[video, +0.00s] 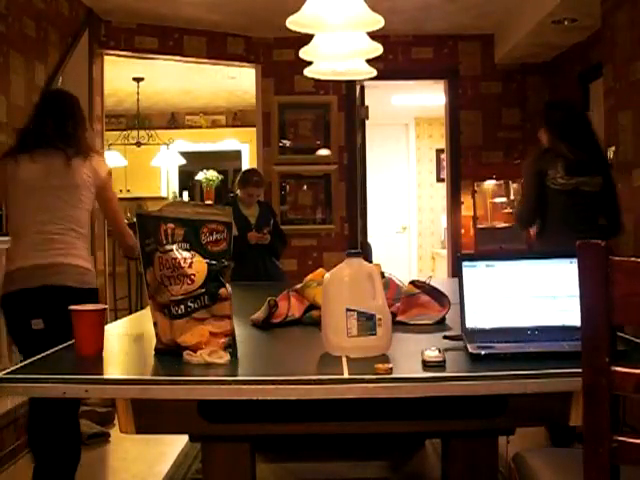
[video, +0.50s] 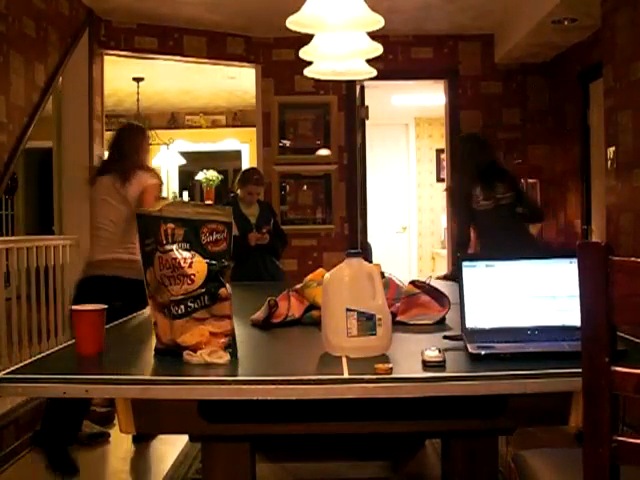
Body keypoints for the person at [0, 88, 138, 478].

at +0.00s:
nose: (86, 128)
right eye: (83, 121)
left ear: (34, 122)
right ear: (79, 124)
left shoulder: (11, 165)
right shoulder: (91, 165)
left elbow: (8, 220)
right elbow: (120, 227)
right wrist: (134, 248)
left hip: (19, 287)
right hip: (74, 285)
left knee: (41, 389)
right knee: (68, 392)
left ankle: (43, 471)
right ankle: (61, 474)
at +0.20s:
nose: (103, 125)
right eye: (101, 119)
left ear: (63, 120)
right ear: (97, 123)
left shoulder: (39, 159)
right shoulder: (111, 158)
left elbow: (22, 224)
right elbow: (124, 222)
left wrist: (10, 273)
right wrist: (137, 263)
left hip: (51, 266)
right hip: (99, 266)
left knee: (49, 358)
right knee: (96, 358)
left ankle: (49, 447)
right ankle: (87, 441)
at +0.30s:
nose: (117, 134)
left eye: (115, 127)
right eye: (114, 128)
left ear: (76, 128)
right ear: (108, 131)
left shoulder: (60, 165)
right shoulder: (121, 162)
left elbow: (48, 218)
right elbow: (129, 216)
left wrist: (44, 254)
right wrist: (137, 259)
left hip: (62, 265)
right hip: (107, 265)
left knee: (49, 359)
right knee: (111, 355)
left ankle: (47, 459)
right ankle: (121, 445)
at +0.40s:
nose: (130, 147)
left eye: (128, 141)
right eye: (129, 142)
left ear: (96, 141)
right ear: (124, 144)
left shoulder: (78, 173)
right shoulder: (132, 172)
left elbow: (74, 221)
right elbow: (136, 208)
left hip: (77, 275)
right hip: (120, 278)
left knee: (58, 364)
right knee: (130, 355)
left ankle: (51, 458)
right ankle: (140, 431)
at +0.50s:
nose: (149, 150)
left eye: (147, 144)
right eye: (147, 145)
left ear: (115, 147)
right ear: (141, 148)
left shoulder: (100, 178)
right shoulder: (146, 178)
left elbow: (98, 221)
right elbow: (148, 212)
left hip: (93, 275)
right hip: (128, 277)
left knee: (83, 354)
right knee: (131, 350)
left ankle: (57, 432)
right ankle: (141, 426)